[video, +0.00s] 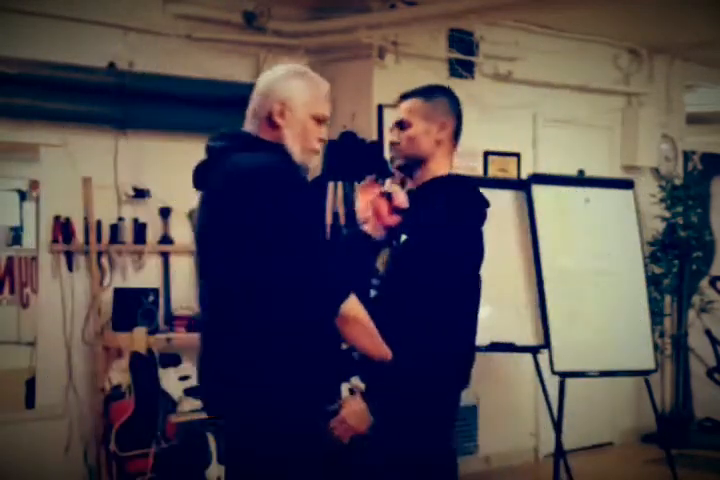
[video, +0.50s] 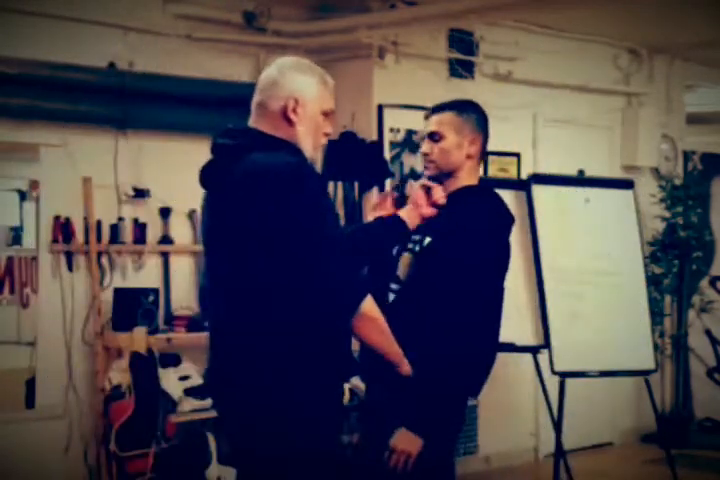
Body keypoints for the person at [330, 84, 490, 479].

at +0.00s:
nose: (391, 137)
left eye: (403, 126)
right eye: (393, 127)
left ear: (441, 132)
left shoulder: (449, 207)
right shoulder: (405, 203)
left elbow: (431, 325)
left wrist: (372, 401)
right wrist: (352, 382)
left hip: (417, 402)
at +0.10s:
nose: (403, 144)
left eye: (414, 132)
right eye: (404, 133)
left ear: (451, 139)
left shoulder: (458, 209)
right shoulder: (428, 205)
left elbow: (429, 323)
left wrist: (377, 406)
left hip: (427, 393)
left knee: (418, 470)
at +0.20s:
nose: (412, 146)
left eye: (423, 134)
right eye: (412, 135)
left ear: (459, 140)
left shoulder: (467, 211)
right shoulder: (429, 205)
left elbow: (448, 329)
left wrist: (391, 412)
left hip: (432, 393)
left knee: (422, 470)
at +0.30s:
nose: (416, 144)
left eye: (429, 133)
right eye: (417, 134)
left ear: (464, 141)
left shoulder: (470, 212)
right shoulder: (432, 205)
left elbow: (454, 328)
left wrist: (405, 417)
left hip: (434, 392)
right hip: (403, 381)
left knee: (426, 471)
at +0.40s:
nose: (420, 144)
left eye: (432, 134)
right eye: (421, 134)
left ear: (467, 142)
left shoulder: (474, 213)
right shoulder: (425, 205)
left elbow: (463, 332)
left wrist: (416, 421)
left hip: (434, 393)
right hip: (398, 381)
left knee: (425, 472)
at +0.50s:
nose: (424, 148)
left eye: (436, 138)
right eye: (424, 139)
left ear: (471, 147)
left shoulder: (482, 215)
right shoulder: (426, 205)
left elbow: (468, 335)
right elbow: (388, 291)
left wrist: (419, 424)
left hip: (432, 397)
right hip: (392, 386)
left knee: (421, 472)